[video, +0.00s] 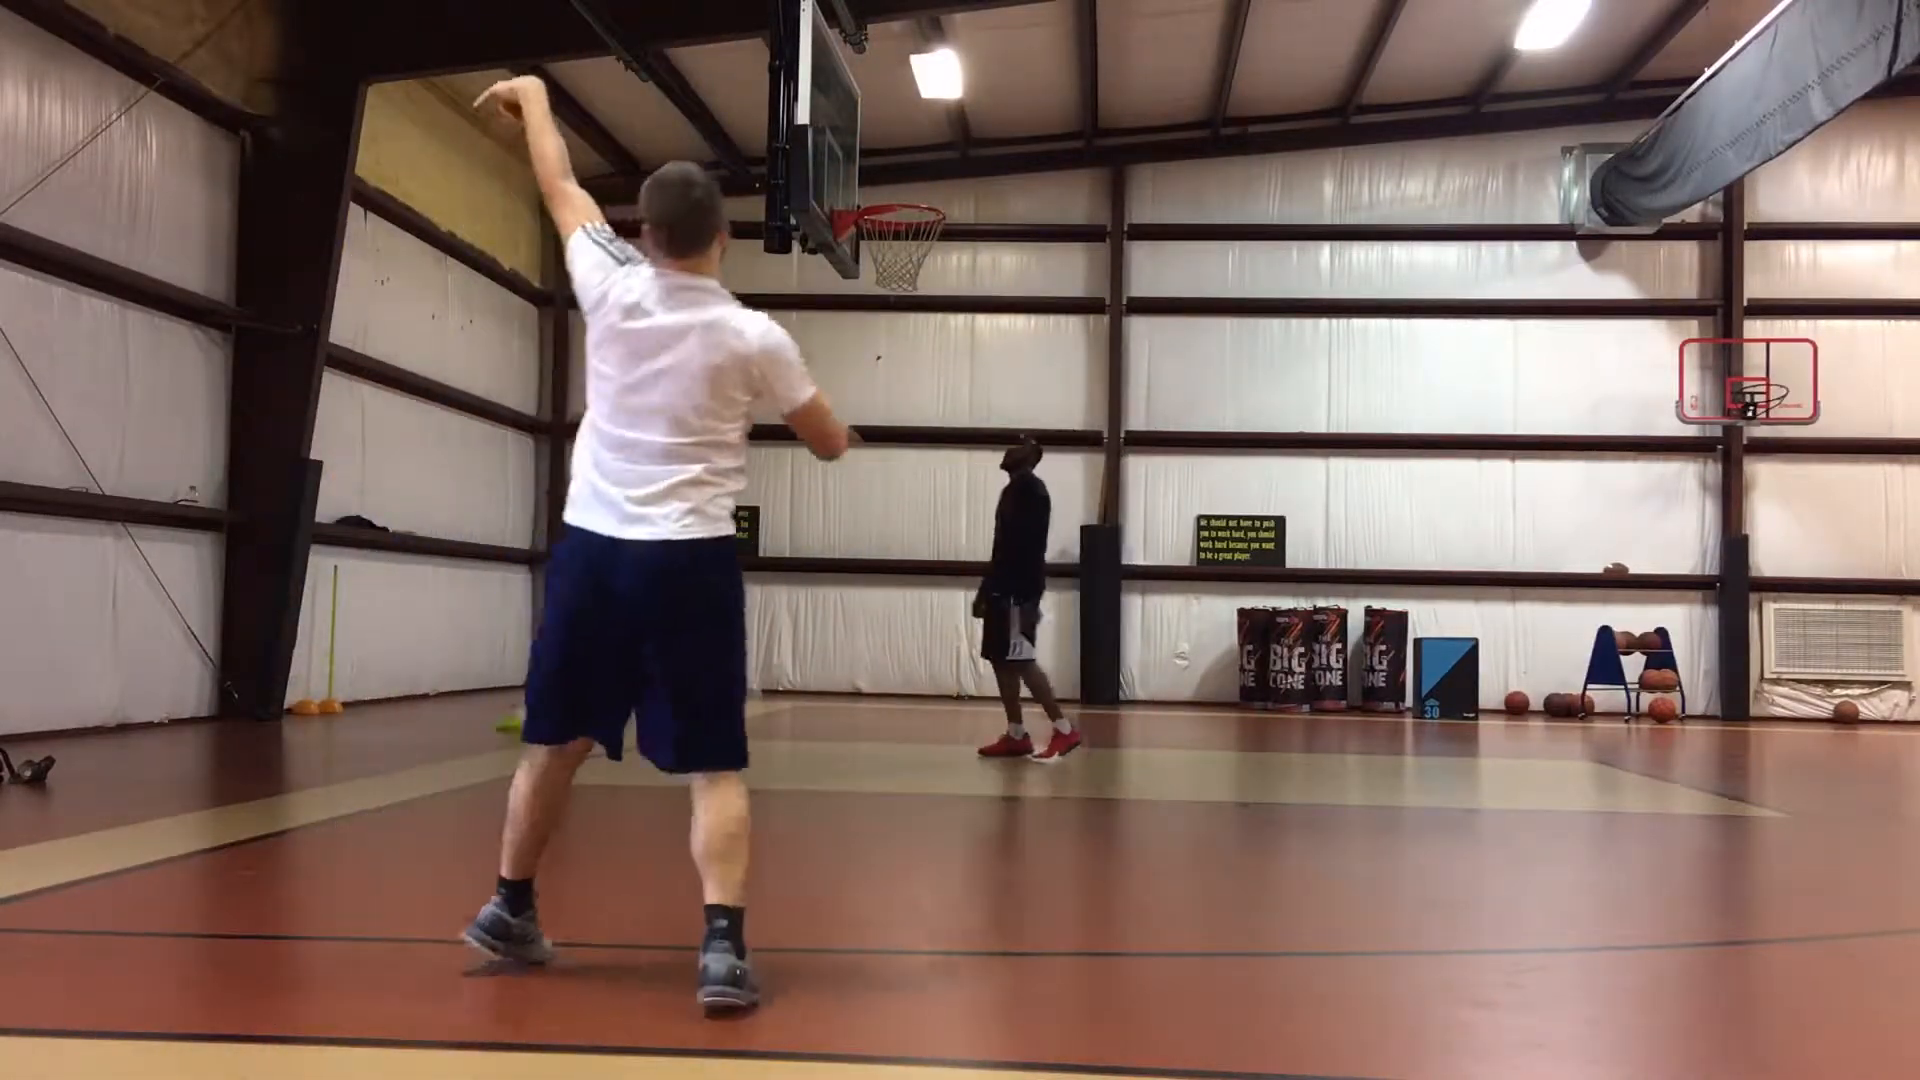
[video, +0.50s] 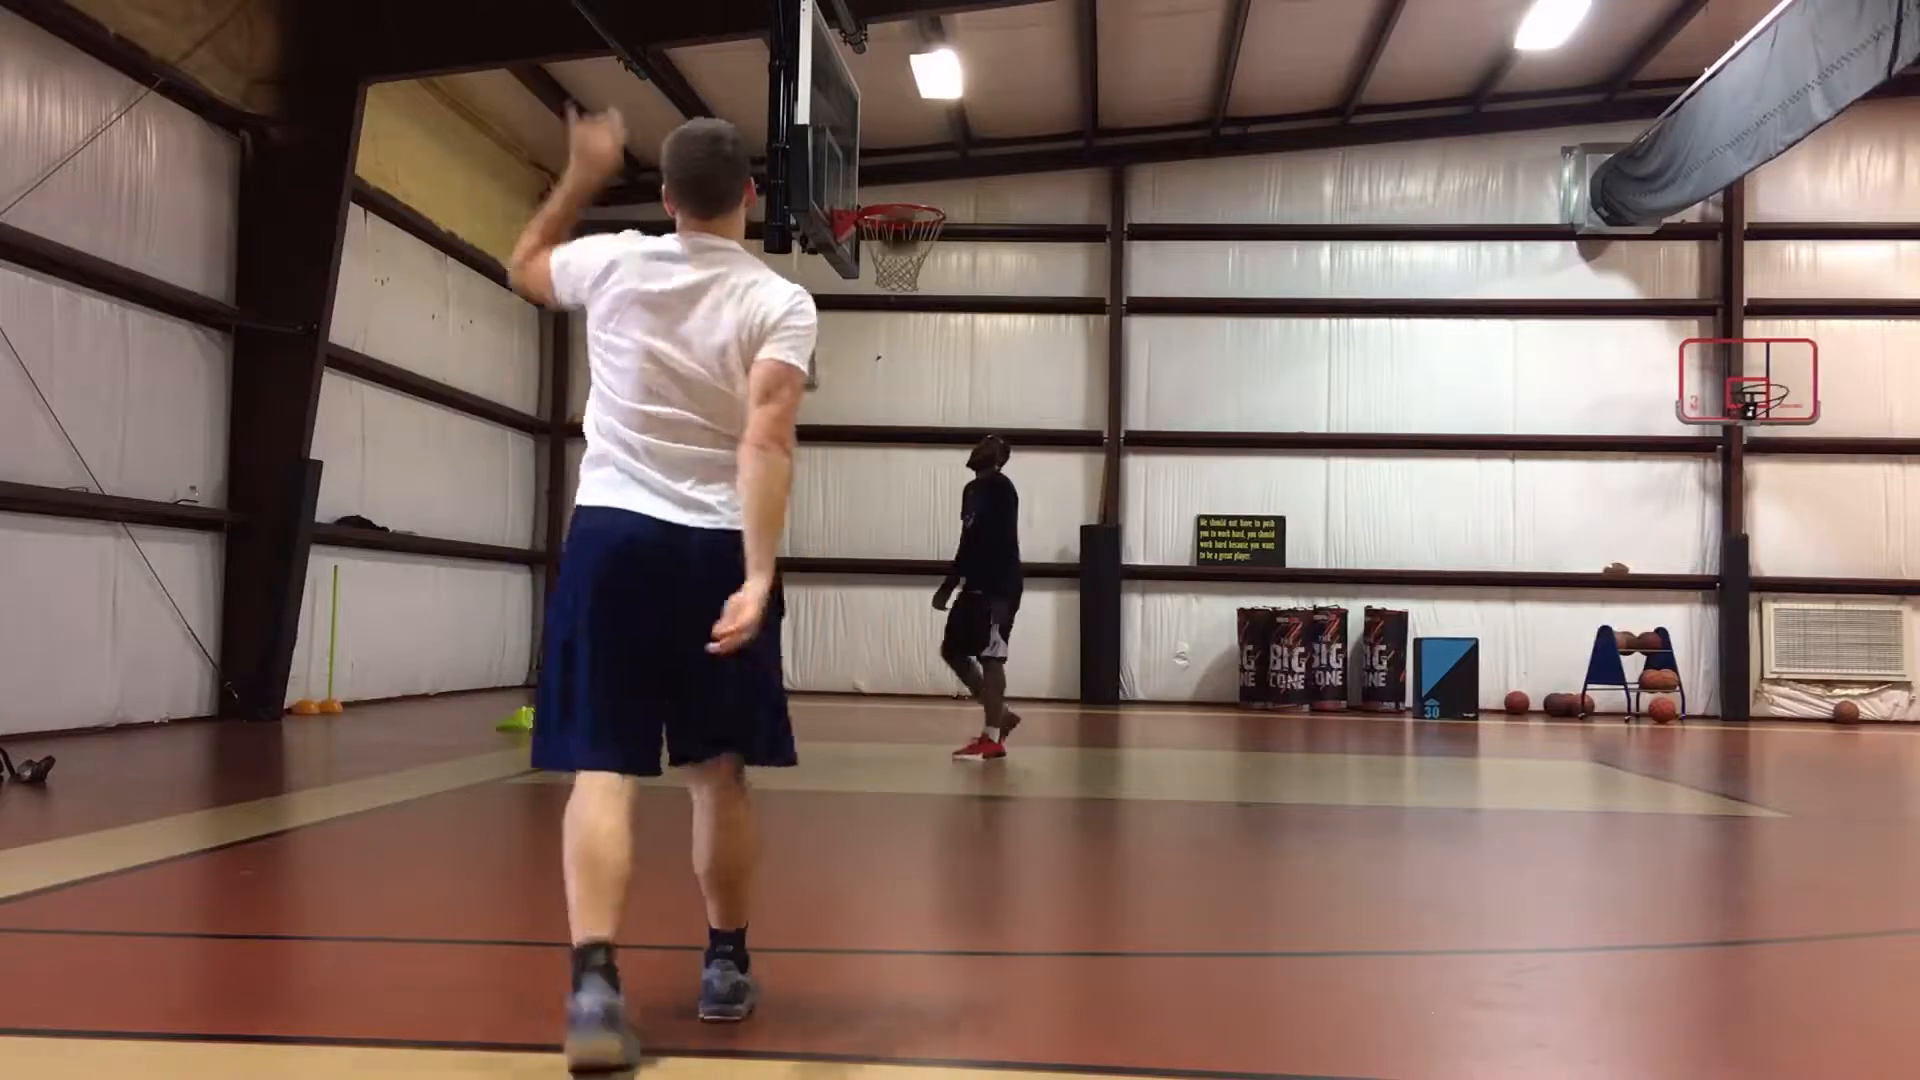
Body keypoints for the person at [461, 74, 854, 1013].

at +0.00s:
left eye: (645, 229)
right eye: (717, 228)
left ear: (646, 234)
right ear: (723, 237)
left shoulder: (611, 289)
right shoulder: (753, 338)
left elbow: (560, 186)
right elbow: (829, 439)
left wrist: (534, 98)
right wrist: (792, 406)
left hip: (591, 553)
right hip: (695, 563)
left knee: (555, 739)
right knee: (716, 762)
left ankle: (508, 911)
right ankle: (722, 949)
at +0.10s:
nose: (726, 222)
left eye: (677, 212)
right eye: (738, 210)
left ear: (665, 219)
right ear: (748, 219)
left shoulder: (626, 271)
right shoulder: (775, 324)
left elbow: (566, 168)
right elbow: (838, 448)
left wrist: (541, 79)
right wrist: (885, 510)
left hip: (603, 538)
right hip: (709, 552)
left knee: (569, 734)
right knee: (720, 759)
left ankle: (524, 922)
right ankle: (724, 953)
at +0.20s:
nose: (743, 207)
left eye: (689, 199)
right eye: (752, 196)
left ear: (675, 208)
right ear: (759, 207)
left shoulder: (633, 262)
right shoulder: (791, 317)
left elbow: (568, 158)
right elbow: (842, 461)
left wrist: (548, 64)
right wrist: (894, 567)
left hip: (616, 532)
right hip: (724, 546)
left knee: (580, 745)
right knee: (725, 762)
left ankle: (544, 939)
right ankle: (725, 958)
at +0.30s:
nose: (742, 210)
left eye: (704, 199)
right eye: (758, 200)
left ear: (681, 206)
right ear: (764, 209)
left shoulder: (632, 263)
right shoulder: (794, 319)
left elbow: (558, 166)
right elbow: (828, 467)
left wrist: (560, 71)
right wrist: (860, 591)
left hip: (623, 541)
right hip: (731, 554)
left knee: (586, 755)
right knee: (726, 767)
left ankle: (574, 939)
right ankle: (726, 959)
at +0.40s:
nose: (757, 205)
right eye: (764, 195)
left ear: (677, 200)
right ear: (761, 207)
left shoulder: (630, 266)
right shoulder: (791, 313)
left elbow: (543, 196)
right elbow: (794, 453)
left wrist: (571, 92)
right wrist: (801, 588)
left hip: (623, 546)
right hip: (737, 558)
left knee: (594, 752)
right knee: (729, 767)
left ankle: (586, 936)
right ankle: (726, 961)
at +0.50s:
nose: (755, 196)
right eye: (757, 187)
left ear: (668, 193)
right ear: (751, 199)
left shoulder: (612, 262)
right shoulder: (779, 301)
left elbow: (528, 261)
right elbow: (766, 434)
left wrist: (578, 179)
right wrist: (760, 574)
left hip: (611, 543)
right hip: (719, 553)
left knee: (602, 768)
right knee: (720, 772)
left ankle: (593, 985)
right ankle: (727, 966)